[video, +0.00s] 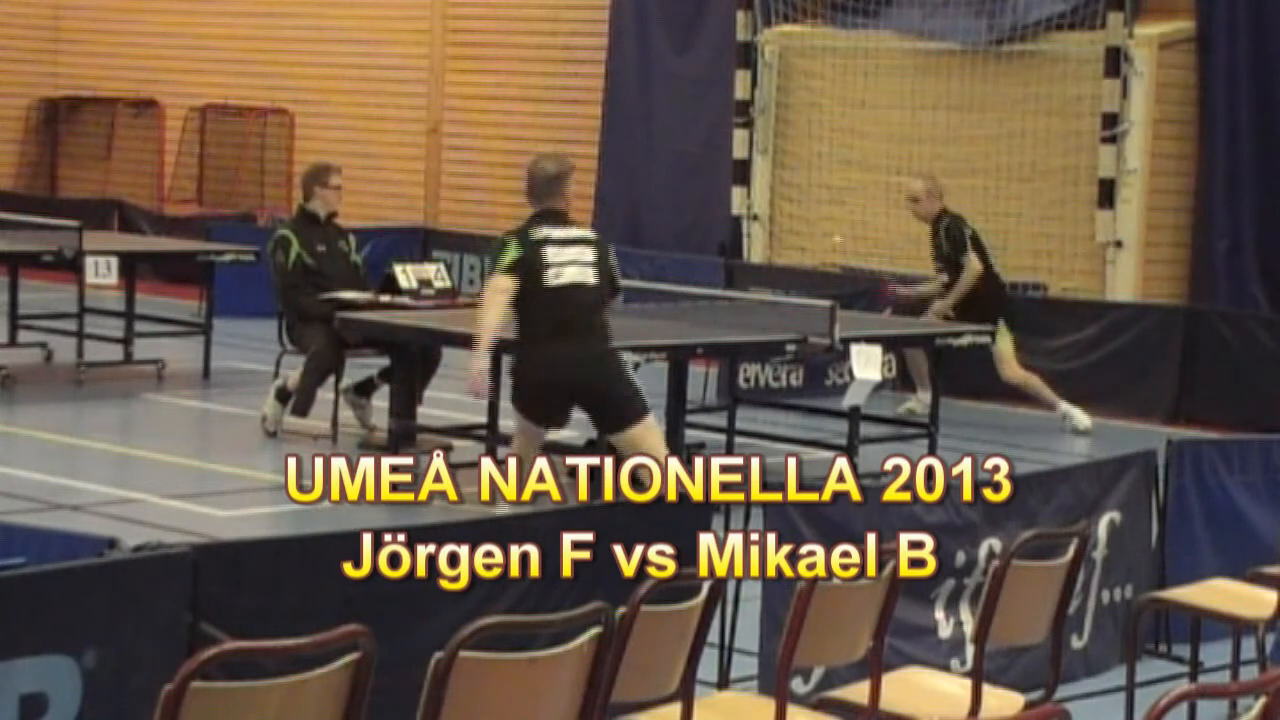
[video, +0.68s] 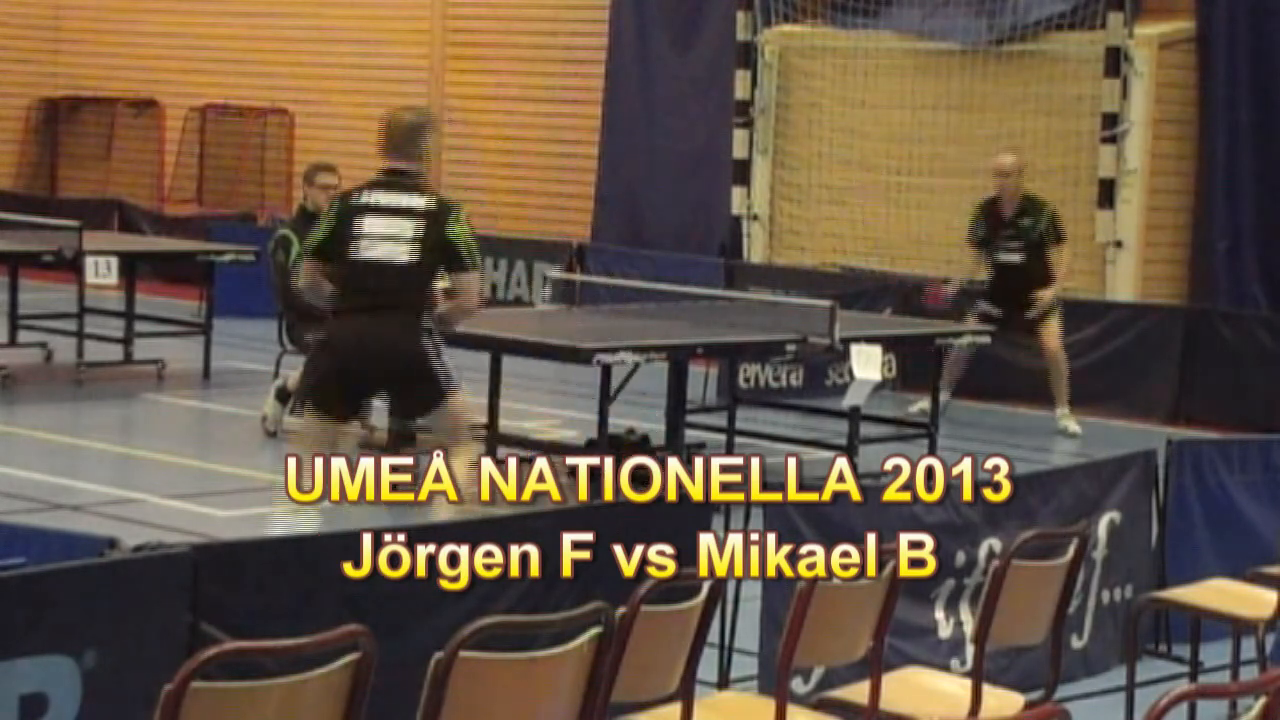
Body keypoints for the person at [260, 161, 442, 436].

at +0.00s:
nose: (341, 194)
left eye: (341, 188)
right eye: (335, 188)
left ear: (327, 192)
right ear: (316, 190)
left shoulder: (342, 235)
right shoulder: (289, 237)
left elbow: (358, 281)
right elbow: (293, 297)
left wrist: (369, 302)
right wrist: (338, 311)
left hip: (351, 318)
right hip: (311, 319)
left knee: (425, 351)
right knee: (328, 352)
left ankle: (362, 391)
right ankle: (283, 394)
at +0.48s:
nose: (338, 195)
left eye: (340, 189)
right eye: (331, 189)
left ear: (341, 191)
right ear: (310, 191)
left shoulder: (343, 235)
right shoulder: (288, 237)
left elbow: (356, 283)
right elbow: (294, 298)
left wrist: (370, 304)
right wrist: (341, 308)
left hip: (348, 318)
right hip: (307, 319)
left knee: (412, 346)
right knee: (327, 350)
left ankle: (363, 391)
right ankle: (285, 393)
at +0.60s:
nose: (334, 194)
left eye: (337, 188)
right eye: (327, 188)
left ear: (341, 191)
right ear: (307, 190)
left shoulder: (341, 234)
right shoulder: (289, 236)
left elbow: (357, 277)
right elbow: (291, 296)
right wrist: (335, 310)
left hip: (341, 317)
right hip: (304, 317)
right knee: (326, 352)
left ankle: (352, 417)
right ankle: (285, 393)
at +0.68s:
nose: (332, 194)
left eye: (335, 188)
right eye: (325, 188)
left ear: (339, 190)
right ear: (306, 189)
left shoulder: (343, 230)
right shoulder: (289, 235)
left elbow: (356, 277)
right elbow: (286, 295)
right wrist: (327, 315)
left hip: (341, 321)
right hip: (304, 321)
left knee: (364, 350)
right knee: (335, 350)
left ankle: (359, 413)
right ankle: (285, 392)